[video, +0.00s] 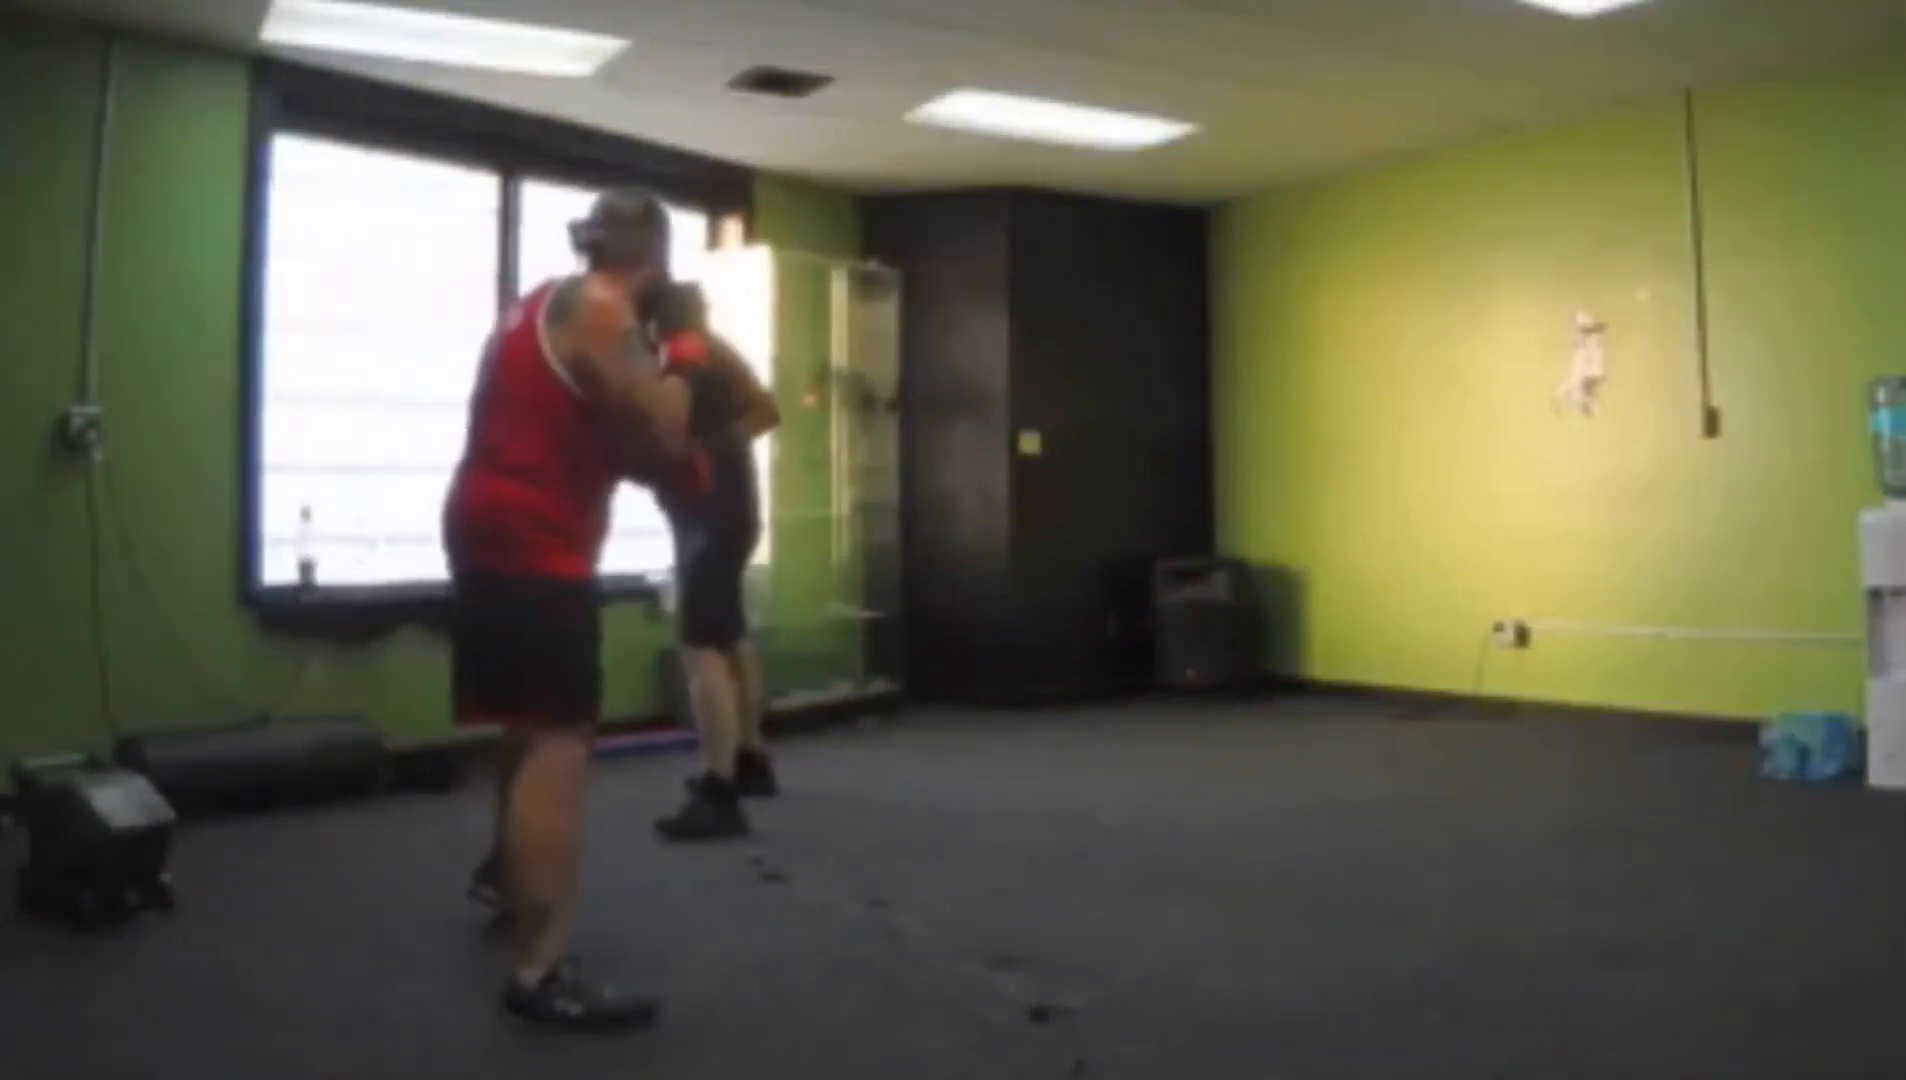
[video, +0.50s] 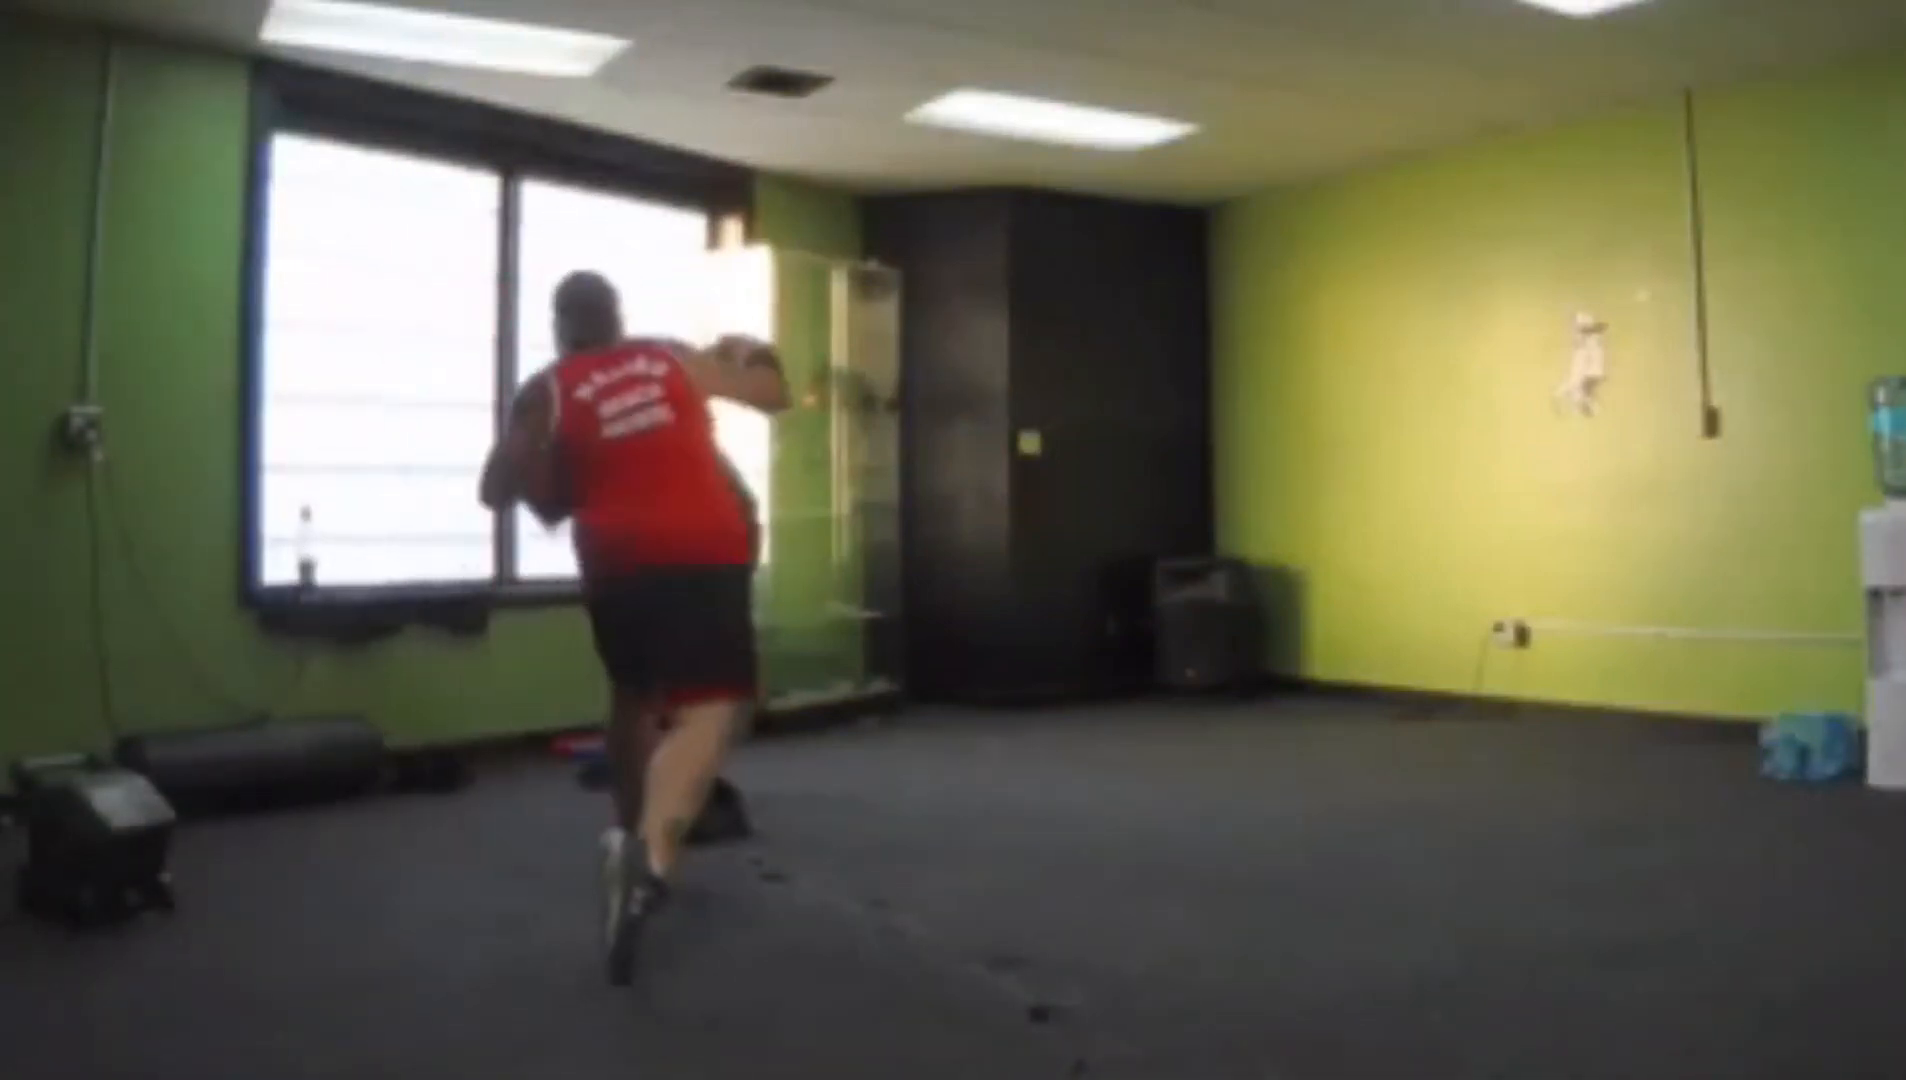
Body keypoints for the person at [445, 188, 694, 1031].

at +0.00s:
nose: (663, 271)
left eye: (660, 257)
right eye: (662, 255)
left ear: (592, 243)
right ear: (645, 252)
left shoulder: (545, 304)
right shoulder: (598, 308)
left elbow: (606, 420)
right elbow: (661, 422)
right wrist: (677, 362)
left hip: (495, 541)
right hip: (542, 552)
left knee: (535, 734)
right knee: (558, 746)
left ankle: (515, 884)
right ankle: (538, 969)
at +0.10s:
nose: (677, 291)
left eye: (673, 277)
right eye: (675, 276)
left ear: (610, 262)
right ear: (660, 271)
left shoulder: (569, 316)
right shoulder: (614, 324)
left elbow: (632, 434)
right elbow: (678, 440)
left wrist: (690, 408)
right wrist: (693, 375)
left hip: (502, 541)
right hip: (550, 552)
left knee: (559, 727)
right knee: (597, 740)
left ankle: (548, 854)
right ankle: (547, 967)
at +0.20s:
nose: (687, 315)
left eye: (684, 301)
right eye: (685, 300)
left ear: (621, 292)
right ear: (669, 296)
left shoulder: (576, 345)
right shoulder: (639, 349)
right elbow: (688, 466)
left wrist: (680, 414)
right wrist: (704, 408)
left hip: (505, 569)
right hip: (570, 578)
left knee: (597, 743)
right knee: (626, 762)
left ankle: (606, 849)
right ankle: (552, 965)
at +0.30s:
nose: (680, 325)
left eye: (676, 312)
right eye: (677, 312)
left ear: (612, 310)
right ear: (665, 310)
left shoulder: (576, 366)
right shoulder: (646, 358)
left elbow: (561, 474)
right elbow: (667, 473)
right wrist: (704, 447)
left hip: (544, 579)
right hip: (609, 583)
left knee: (614, 740)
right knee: (635, 751)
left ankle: (616, 844)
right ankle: (562, 953)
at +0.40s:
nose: (642, 333)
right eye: (642, 321)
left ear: (577, 326)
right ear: (637, 321)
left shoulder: (547, 393)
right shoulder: (652, 366)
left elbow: (586, 457)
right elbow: (711, 437)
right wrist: (752, 432)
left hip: (576, 580)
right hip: (660, 575)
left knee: (627, 721)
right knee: (673, 726)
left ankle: (633, 868)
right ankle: (633, 901)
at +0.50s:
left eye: (569, 324)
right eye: (598, 315)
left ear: (559, 330)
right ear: (618, 319)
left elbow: (527, 495)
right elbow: (770, 394)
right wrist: (752, 356)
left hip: (618, 565)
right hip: (709, 553)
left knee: (635, 705)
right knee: (712, 707)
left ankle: (643, 849)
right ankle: (650, 852)